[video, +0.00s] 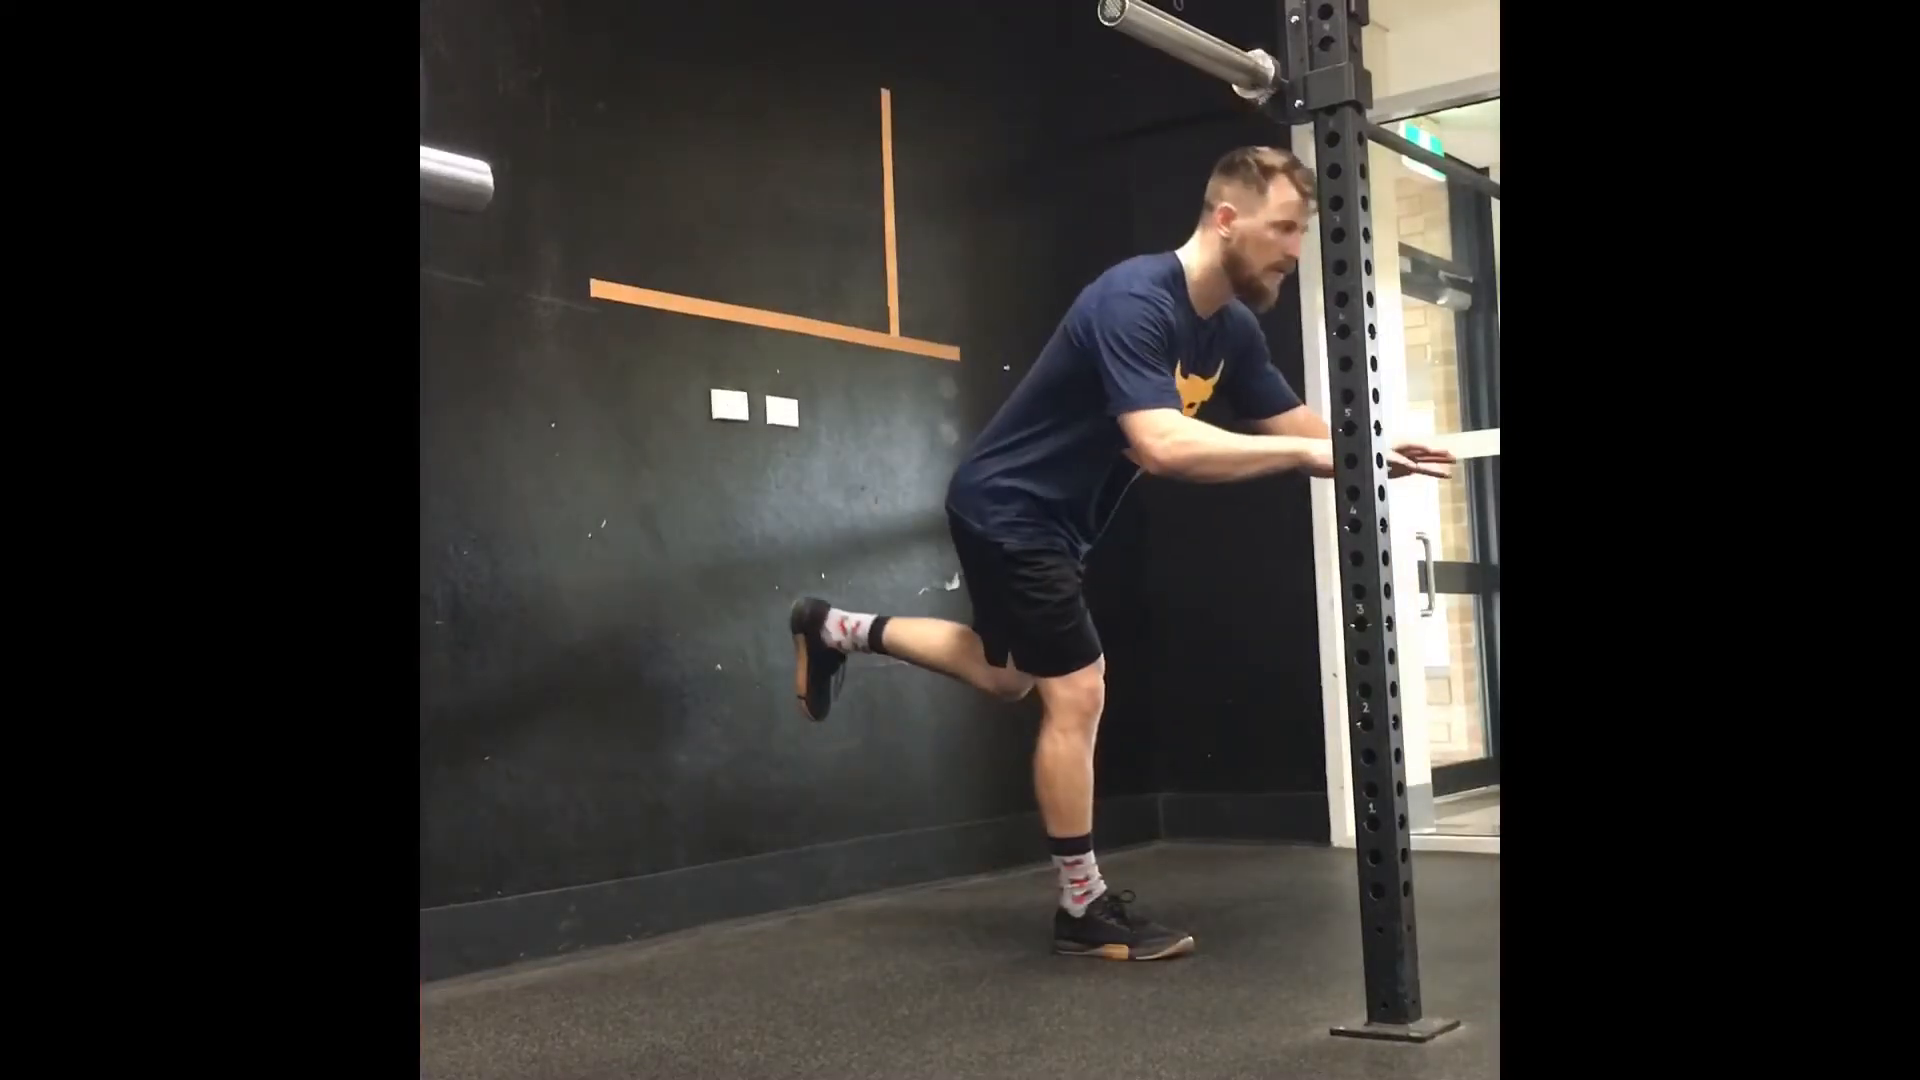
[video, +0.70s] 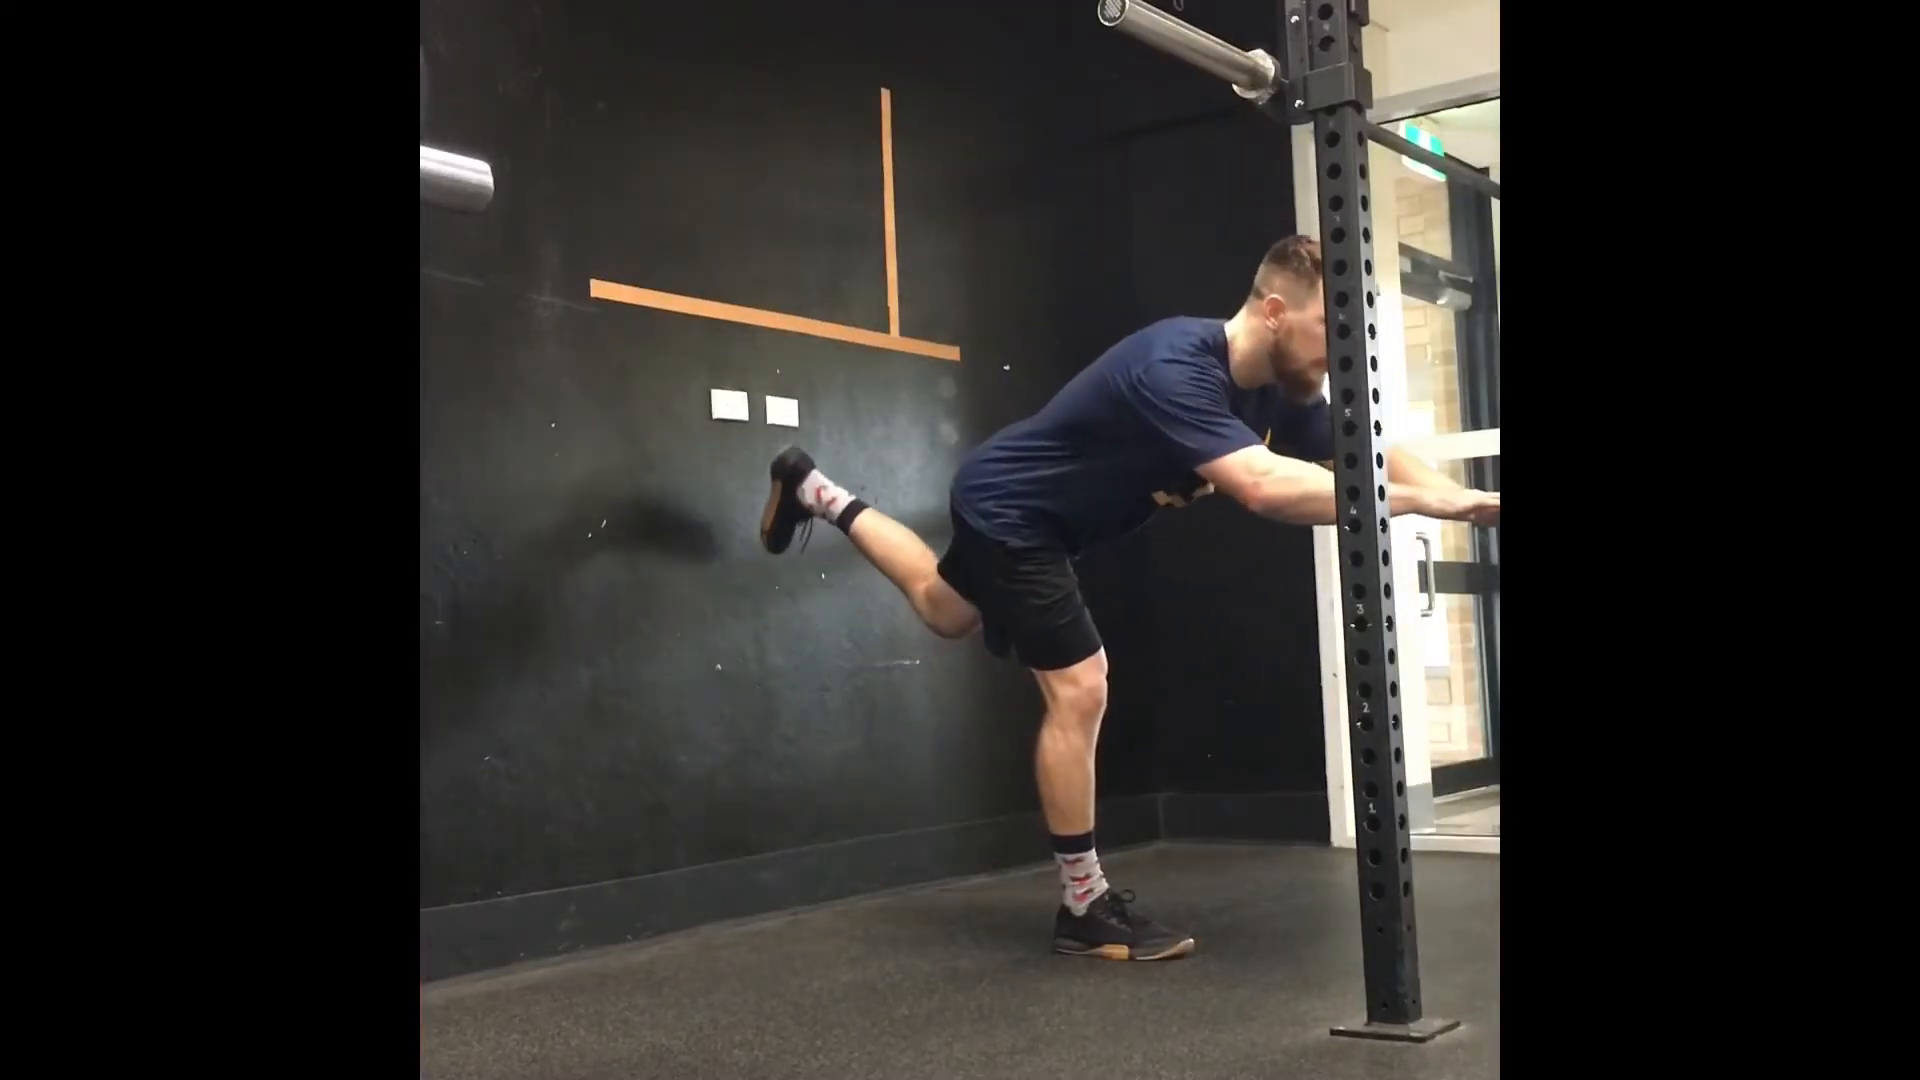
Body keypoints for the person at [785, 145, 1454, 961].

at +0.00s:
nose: (1297, 249)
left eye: (1302, 231)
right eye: (1285, 227)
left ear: (1244, 226)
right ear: (1223, 218)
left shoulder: (1232, 325)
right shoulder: (1133, 300)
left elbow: (1285, 424)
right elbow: (1160, 444)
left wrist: (1375, 448)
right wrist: (1308, 458)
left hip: (1057, 518)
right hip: (1005, 507)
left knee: (1003, 671)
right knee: (1076, 691)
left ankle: (835, 630)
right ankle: (1084, 911)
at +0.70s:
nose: (1336, 342)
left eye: (1340, 326)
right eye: (1328, 322)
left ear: (1287, 310)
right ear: (1274, 306)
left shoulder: (1280, 390)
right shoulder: (1174, 365)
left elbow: (1368, 459)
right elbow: (1260, 488)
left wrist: (1466, 500)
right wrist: (1404, 507)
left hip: (1047, 518)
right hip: (1000, 508)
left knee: (947, 610)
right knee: (1078, 688)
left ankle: (816, 493)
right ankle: (1085, 909)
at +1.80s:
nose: (1337, 329)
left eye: (1340, 313)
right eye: (1329, 308)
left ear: (1294, 302)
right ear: (1277, 293)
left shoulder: (1281, 385)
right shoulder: (1175, 350)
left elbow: (1338, 495)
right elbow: (1225, 494)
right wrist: (1367, 523)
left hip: (1050, 520)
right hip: (1004, 504)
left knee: (926, 598)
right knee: (1082, 687)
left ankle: (797, 483)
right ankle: (1083, 907)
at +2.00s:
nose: (1317, 273)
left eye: (1321, 254)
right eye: (1306, 252)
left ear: (1266, 250)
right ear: (1246, 244)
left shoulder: (1248, 351)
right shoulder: (1144, 324)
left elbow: (1244, 476)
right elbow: (1105, 471)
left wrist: (1291, 558)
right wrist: (1236, 535)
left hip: (1069, 522)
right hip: (1013, 507)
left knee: (974, 662)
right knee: (1090, 691)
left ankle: (823, 598)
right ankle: (1083, 904)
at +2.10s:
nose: (1299, 242)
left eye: (1302, 224)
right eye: (1285, 222)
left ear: (1250, 225)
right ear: (1225, 217)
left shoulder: (1230, 331)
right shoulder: (1127, 305)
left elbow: (1207, 441)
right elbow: (1064, 443)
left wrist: (1234, 520)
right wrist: (1192, 513)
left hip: (1081, 525)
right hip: (1019, 509)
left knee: (1028, 694)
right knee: (1093, 690)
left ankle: (861, 666)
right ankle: (1084, 903)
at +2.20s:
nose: (1269, 209)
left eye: (1273, 192)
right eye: (1254, 189)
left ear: (1216, 192)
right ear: (1195, 184)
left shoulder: (1208, 299)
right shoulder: (1105, 281)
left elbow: (1184, 402)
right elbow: (1035, 412)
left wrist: (1203, 478)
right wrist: (1162, 469)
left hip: (1099, 517)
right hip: (1026, 511)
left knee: (1075, 694)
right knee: (1088, 695)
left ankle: (917, 732)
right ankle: (1083, 903)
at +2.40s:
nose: (1194, 153)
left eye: (1197, 137)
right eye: (1181, 134)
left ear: (1150, 138)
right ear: (1120, 128)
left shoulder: (1146, 250)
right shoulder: (1057, 236)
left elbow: (1116, 365)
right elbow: (1004, 367)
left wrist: (1171, 383)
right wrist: (1143, 380)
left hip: (1123, 505)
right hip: (1043, 514)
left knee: (1201, 644)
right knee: (1088, 698)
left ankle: (1069, 767)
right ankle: (1081, 903)